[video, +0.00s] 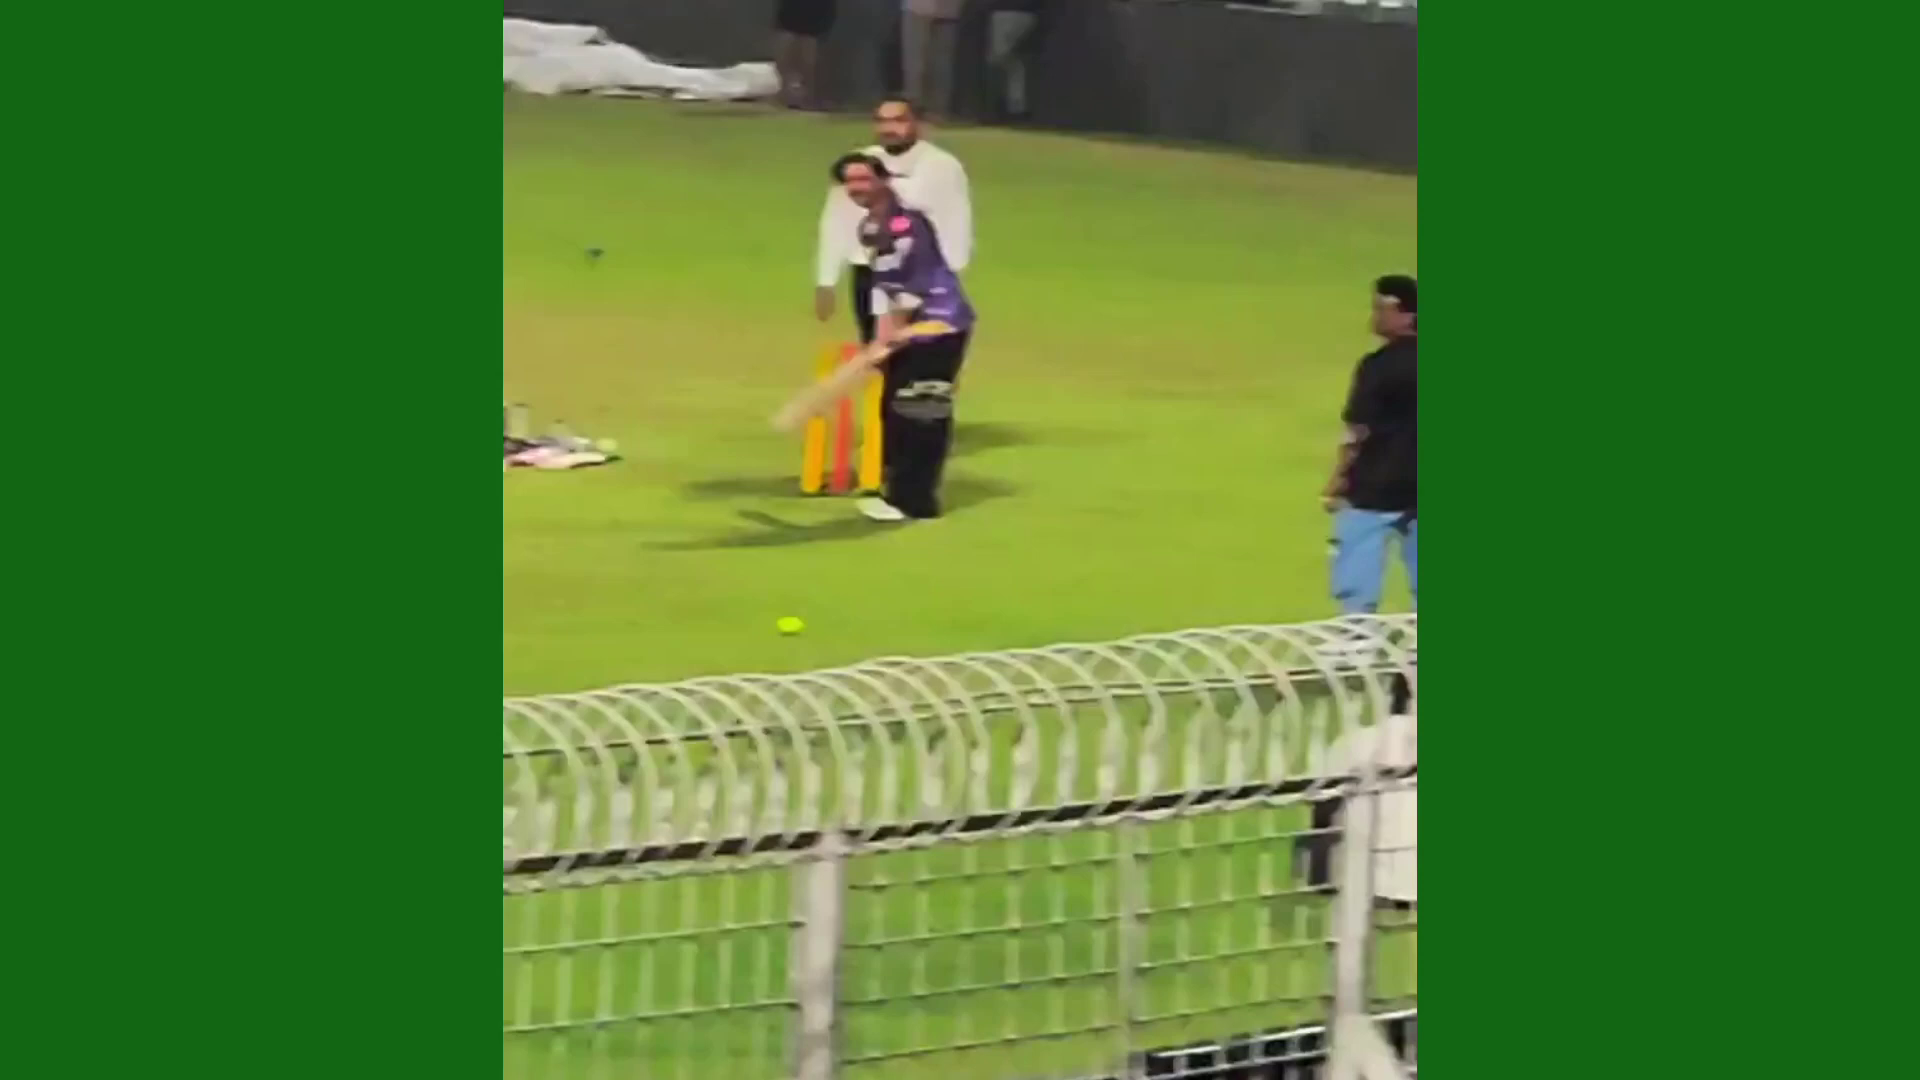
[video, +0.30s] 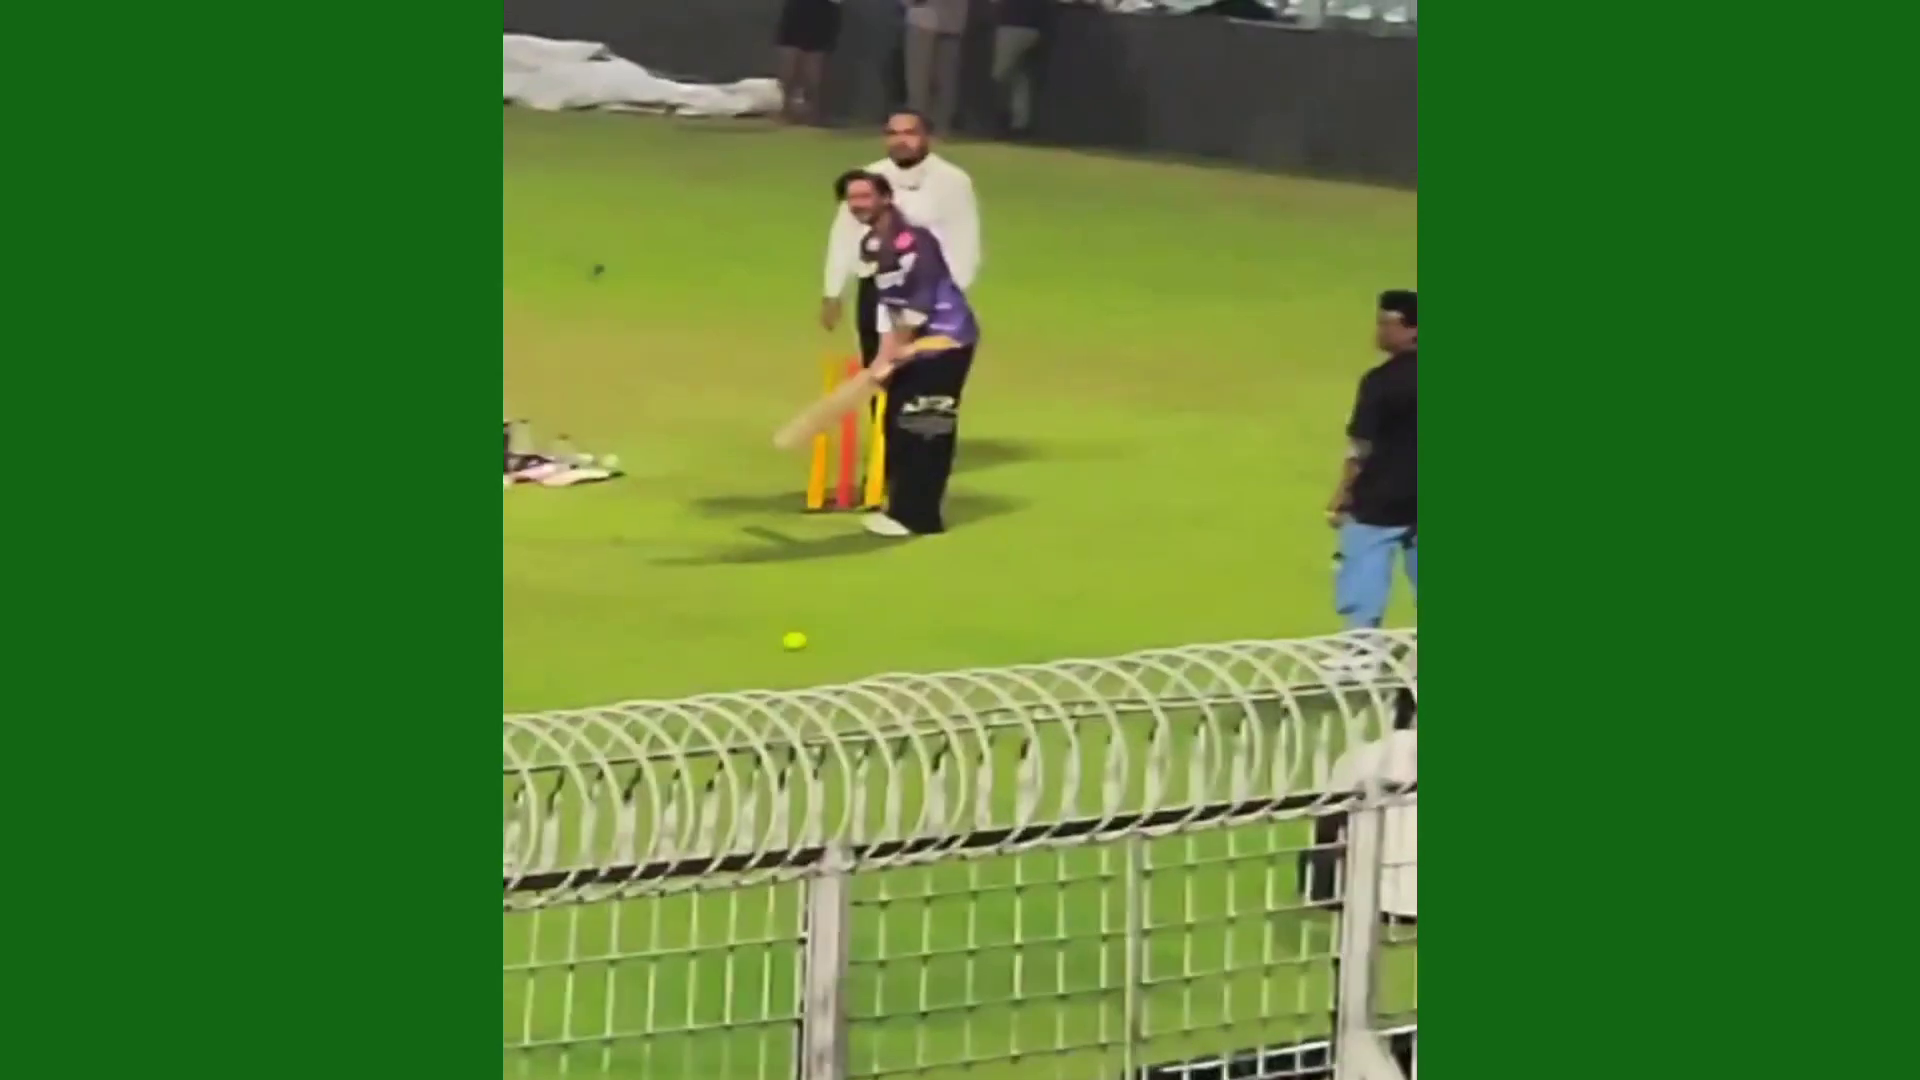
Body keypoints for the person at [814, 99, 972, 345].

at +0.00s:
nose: (889, 129)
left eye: (899, 121)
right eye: (882, 121)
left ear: (914, 124)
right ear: (875, 125)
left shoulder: (944, 166)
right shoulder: (860, 165)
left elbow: (956, 218)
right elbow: (835, 223)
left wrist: (953, 266)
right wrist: (826, 281)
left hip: (924, 270)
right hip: (869, 271)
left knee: (922, 356)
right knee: (878, 354)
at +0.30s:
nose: (900, 141)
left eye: (909, 133)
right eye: (892, 134)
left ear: (925, 137)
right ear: (885, 138)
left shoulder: (954, 181)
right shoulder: (869, 178)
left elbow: (966, 240)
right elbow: (844, 233)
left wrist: (952, 289)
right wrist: (832, 291)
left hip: (931, 284)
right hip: (876, 283)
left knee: (926, 373)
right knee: (879, 372)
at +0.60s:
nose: (843, 223)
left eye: (851, 215)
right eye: (837, 216)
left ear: (870, 217)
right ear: (832, 223)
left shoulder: (898, 260)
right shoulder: (858, 265)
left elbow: (902, 332)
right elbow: (873, 327)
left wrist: (873, 370)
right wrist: (864, 374)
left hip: (930, 358)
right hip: (899, 360)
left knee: (910, 441)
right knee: (884, 439)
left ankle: (900, 530)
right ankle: (886, 525)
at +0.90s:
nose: (828, 245)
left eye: (834, 236)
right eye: (822, 238)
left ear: (853, 237)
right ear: (817, 242)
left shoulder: (880, 279)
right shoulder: (842, 286)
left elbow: (890, 339)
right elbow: (853, 340)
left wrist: (860, 377)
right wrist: (851, 377)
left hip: (910, 379)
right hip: (882, 380)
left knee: (873, 465)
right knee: (873, 463)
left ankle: (862, 548)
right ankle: (910, 535)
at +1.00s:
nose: (827, 257)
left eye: (833, 249)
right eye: (821, 251)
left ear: (854, 248)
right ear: (817, 256)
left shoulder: (881, 291)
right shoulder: (841, 296)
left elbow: (886, 349)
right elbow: (855, 352)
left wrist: (856, 389)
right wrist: (845, 395)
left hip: (908, 390)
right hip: (876, 391)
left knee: (869, 473)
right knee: (876, 474)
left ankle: (853, 559)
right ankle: (928, 546)